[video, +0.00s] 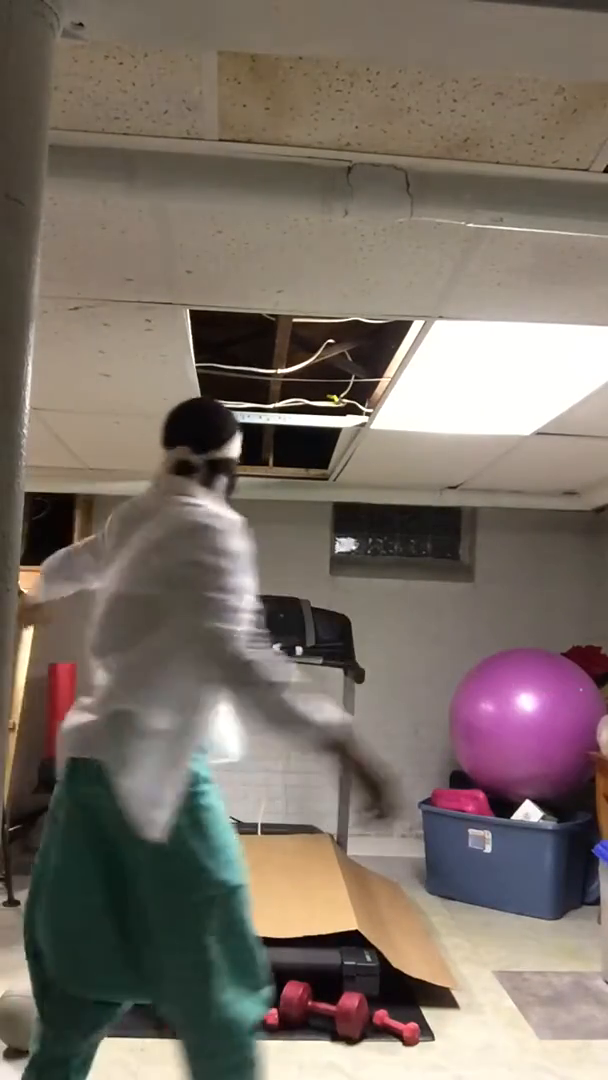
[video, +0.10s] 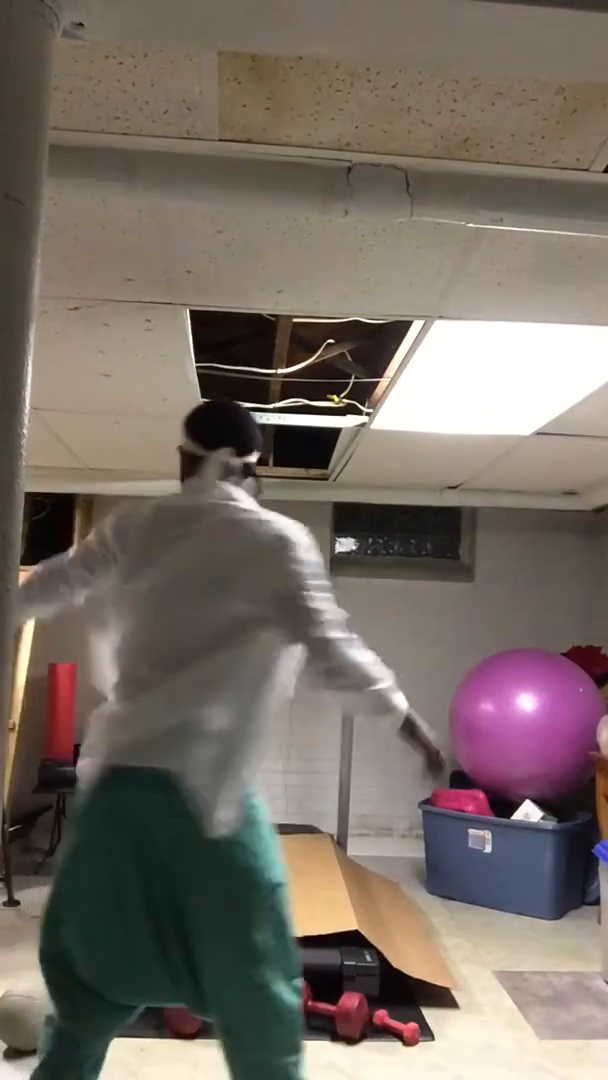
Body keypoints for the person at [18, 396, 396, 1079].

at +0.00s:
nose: (236, 469)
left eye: (233, 459)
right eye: (236, 459)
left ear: (168, 454)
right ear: (227, 460)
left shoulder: (138, 512)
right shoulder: (210, 526)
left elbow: (74, 564)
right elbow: (237, 652)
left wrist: (34, 588)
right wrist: (342, 739)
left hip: (88, 758)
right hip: (153, 764)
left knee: (81, 960)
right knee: (217, 963)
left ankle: (52, 1067)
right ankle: (228, 1066)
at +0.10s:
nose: (190, 470)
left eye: (186, 459)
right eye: (259, 462)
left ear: (183, 459)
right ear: (253, 465)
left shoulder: (136, 524)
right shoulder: (276, 538)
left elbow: (41, 589)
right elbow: (332, 648)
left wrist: (13, 593)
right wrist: (409, 723)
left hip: (111, 789)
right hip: (208, 792)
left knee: (84, 997)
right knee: (260, 998)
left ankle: (55, 1074)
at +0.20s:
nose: (189, 467)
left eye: (194, 454)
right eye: (193, 453)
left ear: (208, 460)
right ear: (271, 463)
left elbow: (78, 625)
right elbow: (367, 653)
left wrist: (29, 642)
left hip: (150, 811)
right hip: (265, 812)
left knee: (95, 1014)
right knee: (292, 1036)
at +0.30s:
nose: (209, 457)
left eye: (221, 445)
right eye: (214, 443)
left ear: (253, 455)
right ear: (285, 459)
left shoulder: (205, 532)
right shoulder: (344, 527)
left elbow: (170, 650)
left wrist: (100, 656)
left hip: (198, 794)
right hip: (304, 794)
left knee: (124, 971)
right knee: (314, 987)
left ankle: (108, 1069)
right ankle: (319, 1071)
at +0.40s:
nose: (235, 461)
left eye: (249, 447)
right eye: (240, 447)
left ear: (283, 457)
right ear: (306, 459)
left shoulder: (265, 537)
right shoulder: (341, 516)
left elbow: (226, 652)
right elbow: (224, 555)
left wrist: (150, 650)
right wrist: (141, 582)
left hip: (265, 783)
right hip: (346, 785)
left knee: (188, 959)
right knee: (332, 970)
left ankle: (175, 1066)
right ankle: (356, 1068)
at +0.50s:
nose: (264, 466)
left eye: (279, 454)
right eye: (269, 452)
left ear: (312, 467)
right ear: (327, 471)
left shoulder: (314, 543)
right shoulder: (322, 532)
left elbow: (242, 654)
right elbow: (215, 559)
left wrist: (150, 654)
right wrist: (153, 605)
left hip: (334, 799)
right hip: (374, 800)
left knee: (258, 976)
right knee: (353, 974)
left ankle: (243, 1073)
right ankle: (397, 1071)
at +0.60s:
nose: (285, 482)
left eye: (300, 469)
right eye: (287, 468)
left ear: (342, 480)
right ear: (306, 476)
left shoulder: (367, 557)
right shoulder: (296, 544)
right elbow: (212, 566)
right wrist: (182, 608)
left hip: (381, 797)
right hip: (324, 795)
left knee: (325, 1004)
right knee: (349, 990)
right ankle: (380, 1071)